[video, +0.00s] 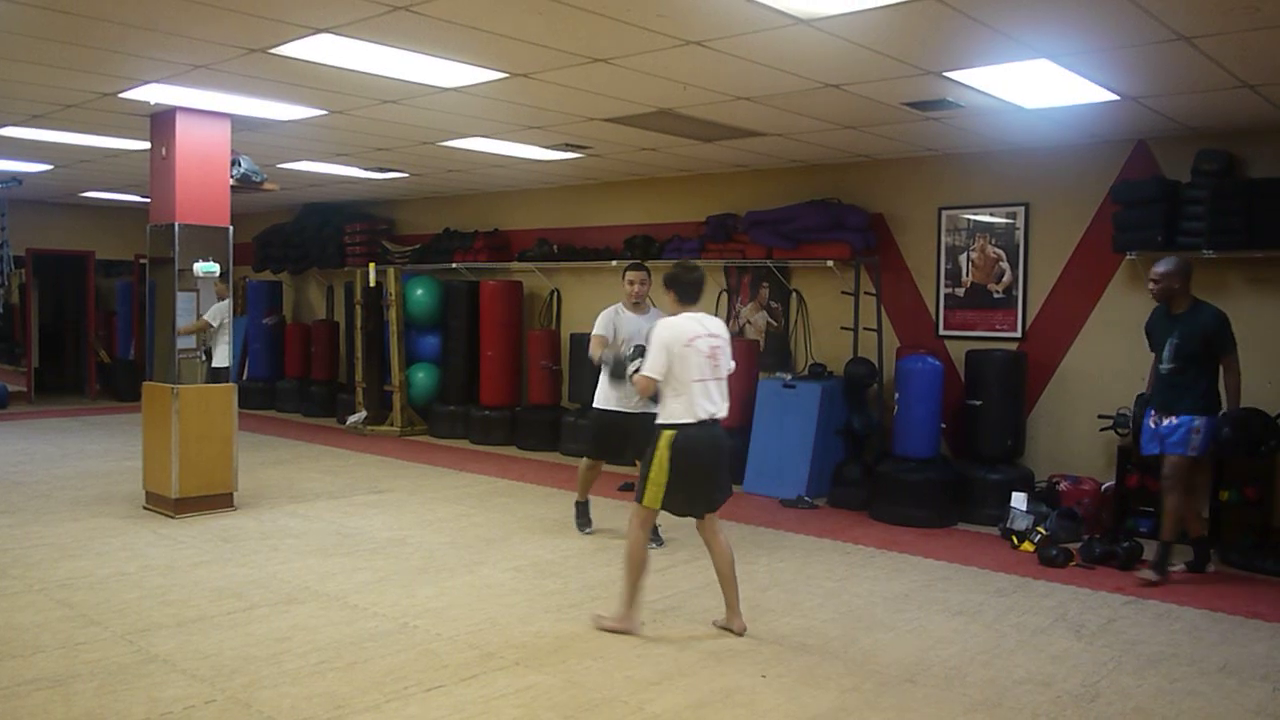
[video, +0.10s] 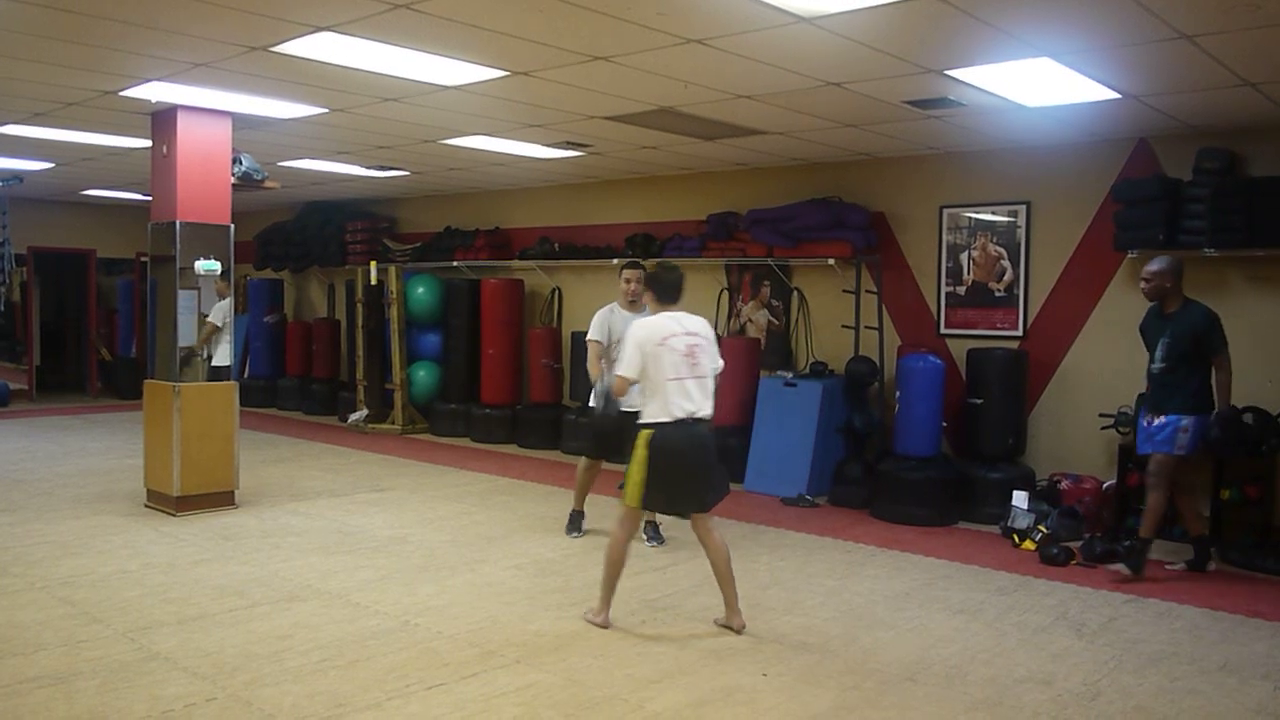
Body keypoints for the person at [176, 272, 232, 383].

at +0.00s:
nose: (215, 289)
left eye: (217, 285)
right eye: (215, 285)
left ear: (226, 286)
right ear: (226, 287)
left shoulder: (220, 307)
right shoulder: (240, 305)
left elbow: (203, 325)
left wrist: (180, 331)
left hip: (221, 364)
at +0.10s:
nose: (215, 287)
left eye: (217, 283)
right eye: (215, 283)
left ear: (226, 284)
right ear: (227, 285)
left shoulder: (221, 306)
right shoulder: (239, 303)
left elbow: (209, 331)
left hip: (221, 362)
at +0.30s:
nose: (213, 288)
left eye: (215, 284)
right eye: (213, 284)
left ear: (225, 285)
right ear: (226, 285)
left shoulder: (223, 308)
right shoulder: (238, 305)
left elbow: (214, 338)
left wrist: (206, 360)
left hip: (220, 366)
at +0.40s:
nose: (213, 288)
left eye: (215, 283)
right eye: (213, 284)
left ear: (226, 285)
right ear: (225, 285)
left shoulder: (224, 308)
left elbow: (214, 339)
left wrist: (202, 361)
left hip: (222, 367)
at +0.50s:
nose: (212, 288)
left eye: (215, 284)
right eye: (213, 284)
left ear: (225, 285)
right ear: (225, 286)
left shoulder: (225, 308)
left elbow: (216, 339)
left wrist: (200, 362)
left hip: (223, 368)